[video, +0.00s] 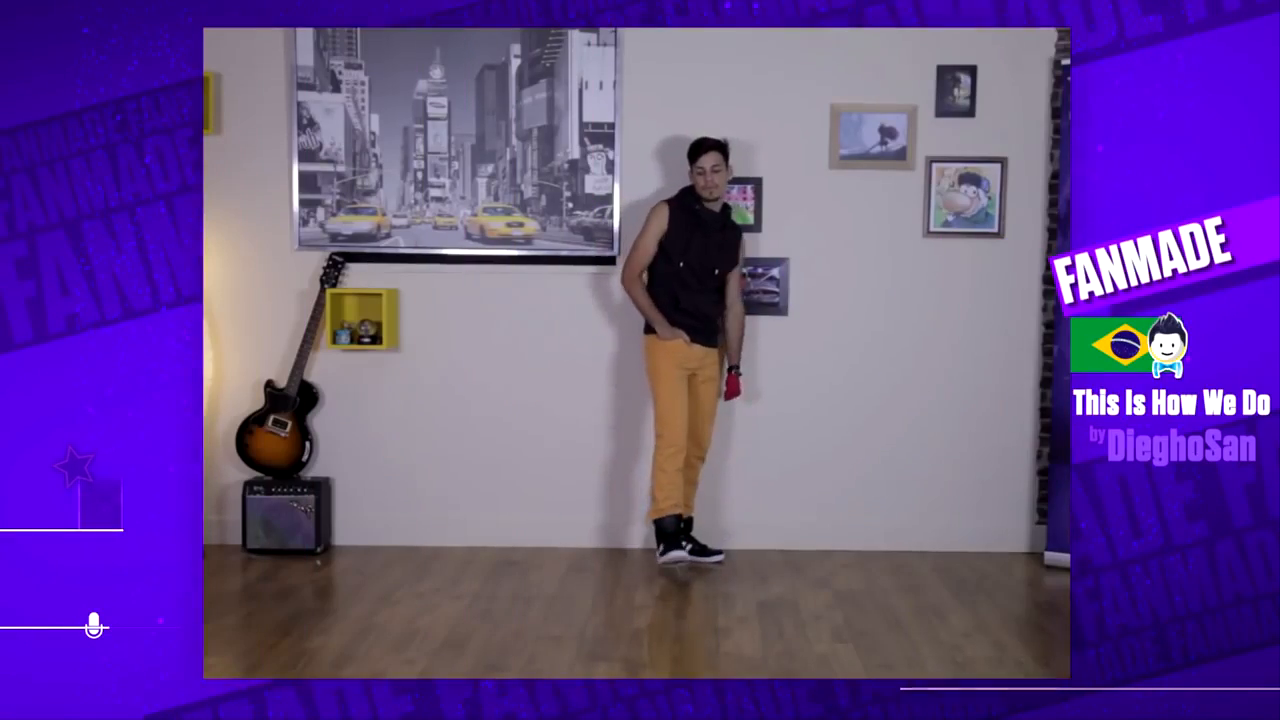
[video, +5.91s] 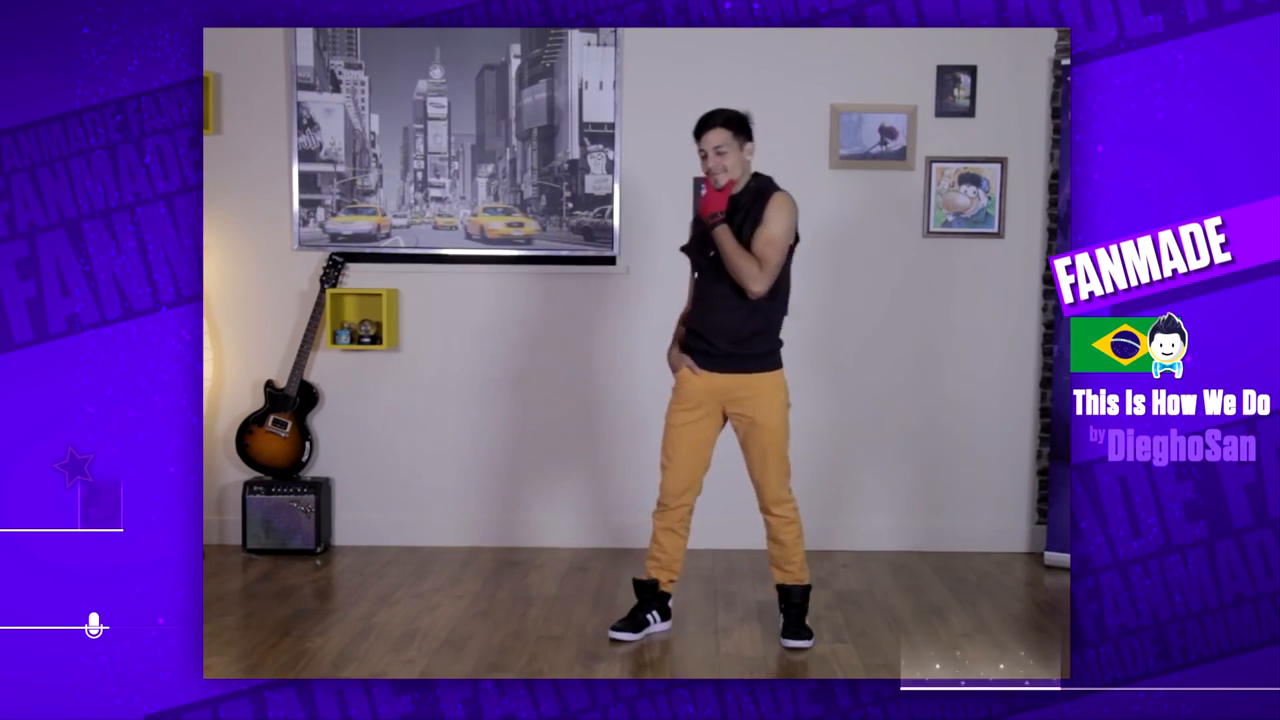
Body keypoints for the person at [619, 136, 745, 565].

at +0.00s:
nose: (708, 178)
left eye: (716, 170)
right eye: (700, 172)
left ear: (729, 173)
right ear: (691, 176)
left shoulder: (731, 232)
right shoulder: (668, 213)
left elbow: (734, 301)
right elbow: (630, 276)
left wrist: (733, 362)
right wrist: (661, 325)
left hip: (711, 350)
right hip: (669, 344)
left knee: (697, 444)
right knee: (672, 439)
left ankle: (683, 532)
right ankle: (667, 535)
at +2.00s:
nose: (703, 172)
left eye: (712, 164)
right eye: (695, 164)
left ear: (726, 171)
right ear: (684, 171)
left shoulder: (741, 237)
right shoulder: (662, 219)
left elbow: (767, 318)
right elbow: (634, 287)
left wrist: (775, 388)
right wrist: (637, 346)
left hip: (716, 366)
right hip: (661, 364)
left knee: (719, 472)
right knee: (664, 471)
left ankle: (731, 579)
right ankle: (669, 555)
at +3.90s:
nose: (707, 153)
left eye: (719, 145)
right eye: (700, 144)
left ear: (736, 155)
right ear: (690, 151)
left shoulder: (753, 226)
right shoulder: (658, 209)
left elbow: (767, 307)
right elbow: (625, 289)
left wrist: (747, 331)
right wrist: (650, 352)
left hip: (736, 376)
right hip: (677, 374)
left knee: (751, 483)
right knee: (661, 488)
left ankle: (737, 579)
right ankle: (643, 597)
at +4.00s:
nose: (696, 153)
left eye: (708, 146)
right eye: (689, 144)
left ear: (724, 157)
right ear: (677, 151)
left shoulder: (746, 219)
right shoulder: (649, 215)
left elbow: (764, 305)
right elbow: (612, 293)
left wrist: (720, 289)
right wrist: (644, 354)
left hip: (735, 376)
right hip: (673, 375)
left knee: (758, 481)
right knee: (660, 489)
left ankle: (750, 576)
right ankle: (644, 598)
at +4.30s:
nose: (725, 166)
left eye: (735, 157)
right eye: (715, 156)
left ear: (745, 157)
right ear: (696, 156)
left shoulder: (757, 202)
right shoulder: (684, 218)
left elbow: (742, 273)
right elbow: (662, 297)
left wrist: (710, 208)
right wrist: (664, 347)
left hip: (752, 378)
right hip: (691, 375)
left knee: (774, 494)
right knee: (665, 492)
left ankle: (800, 604)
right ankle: (653, 600)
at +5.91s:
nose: (712, 163)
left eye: (722, 151)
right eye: (705, 155)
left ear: (749, 150)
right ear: (700, 160)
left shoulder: (777, 205)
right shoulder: (708, 209)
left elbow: (758, 280)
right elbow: (700, 287)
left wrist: (717, 221)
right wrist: (678, 339)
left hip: (757, 381)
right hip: (697, 377)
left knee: (775, 498)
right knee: (674, 494)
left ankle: (793, 605)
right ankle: (654, 602)